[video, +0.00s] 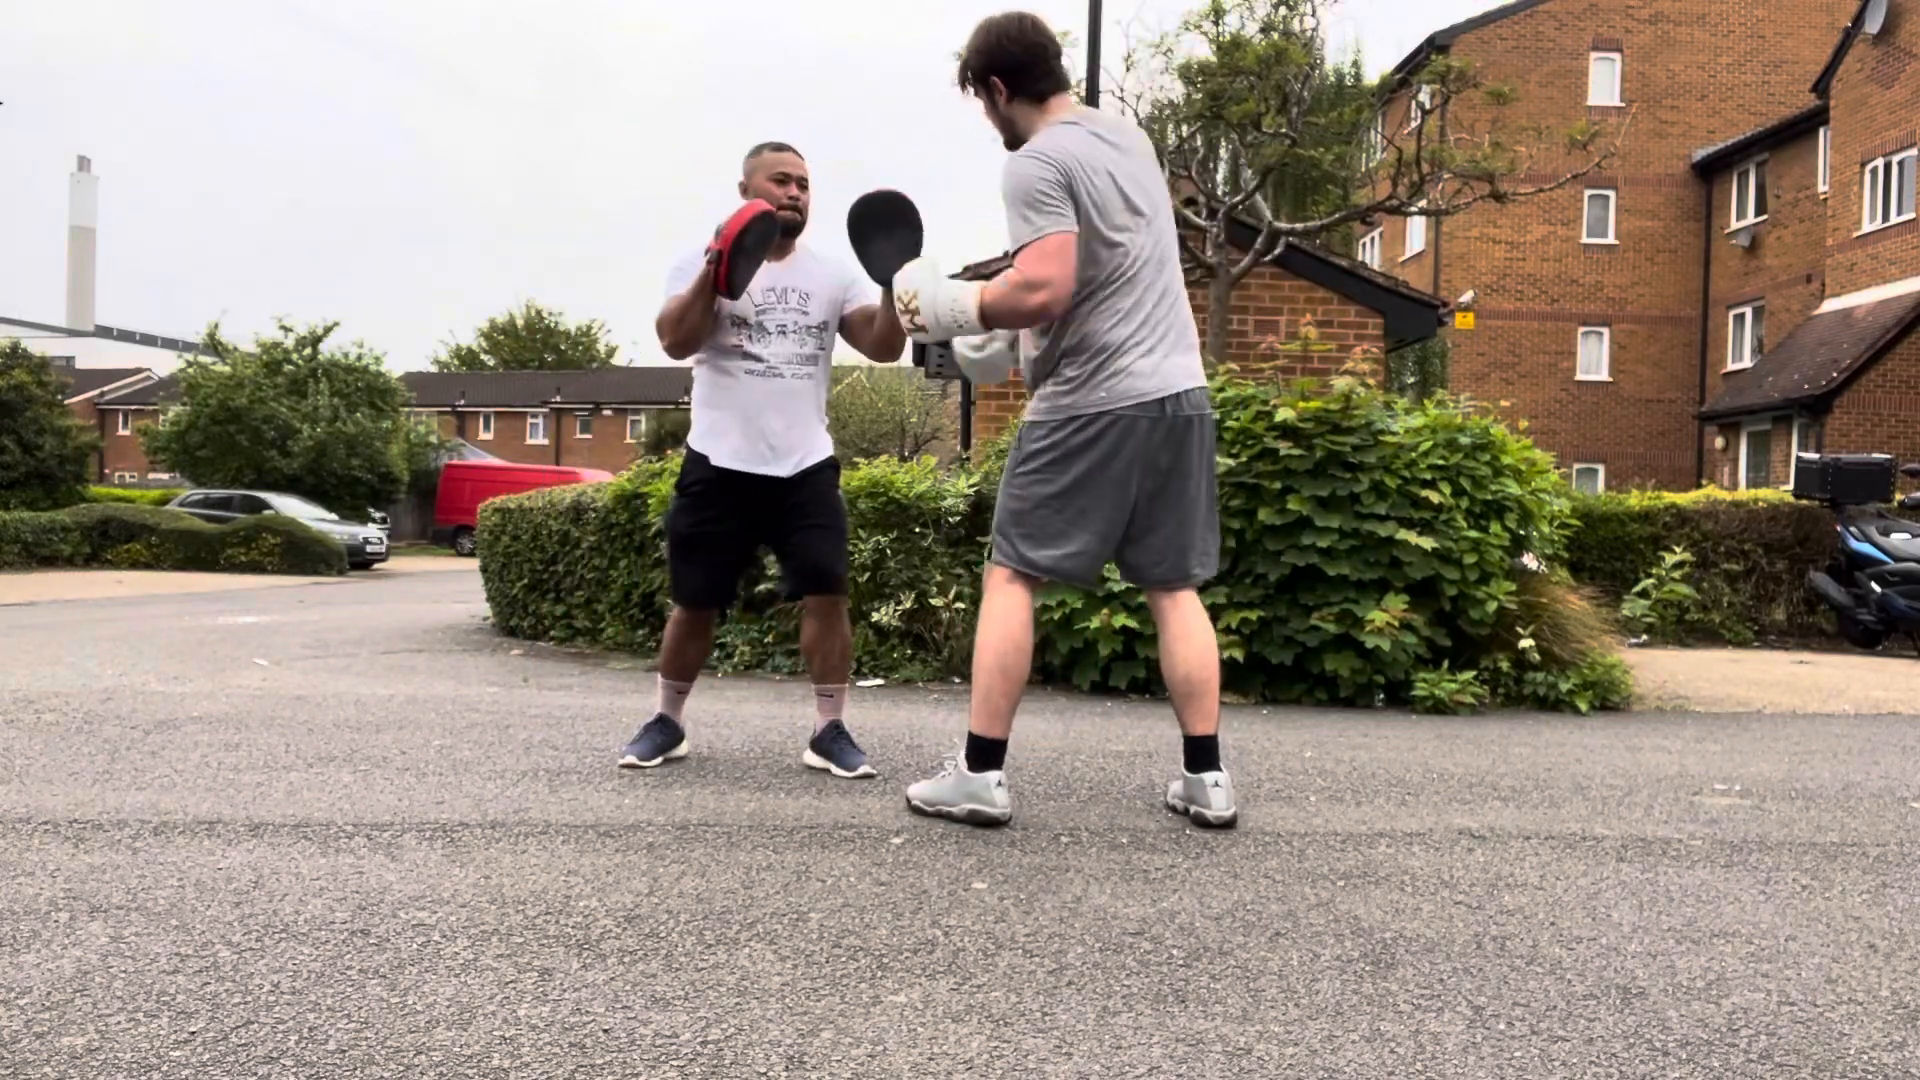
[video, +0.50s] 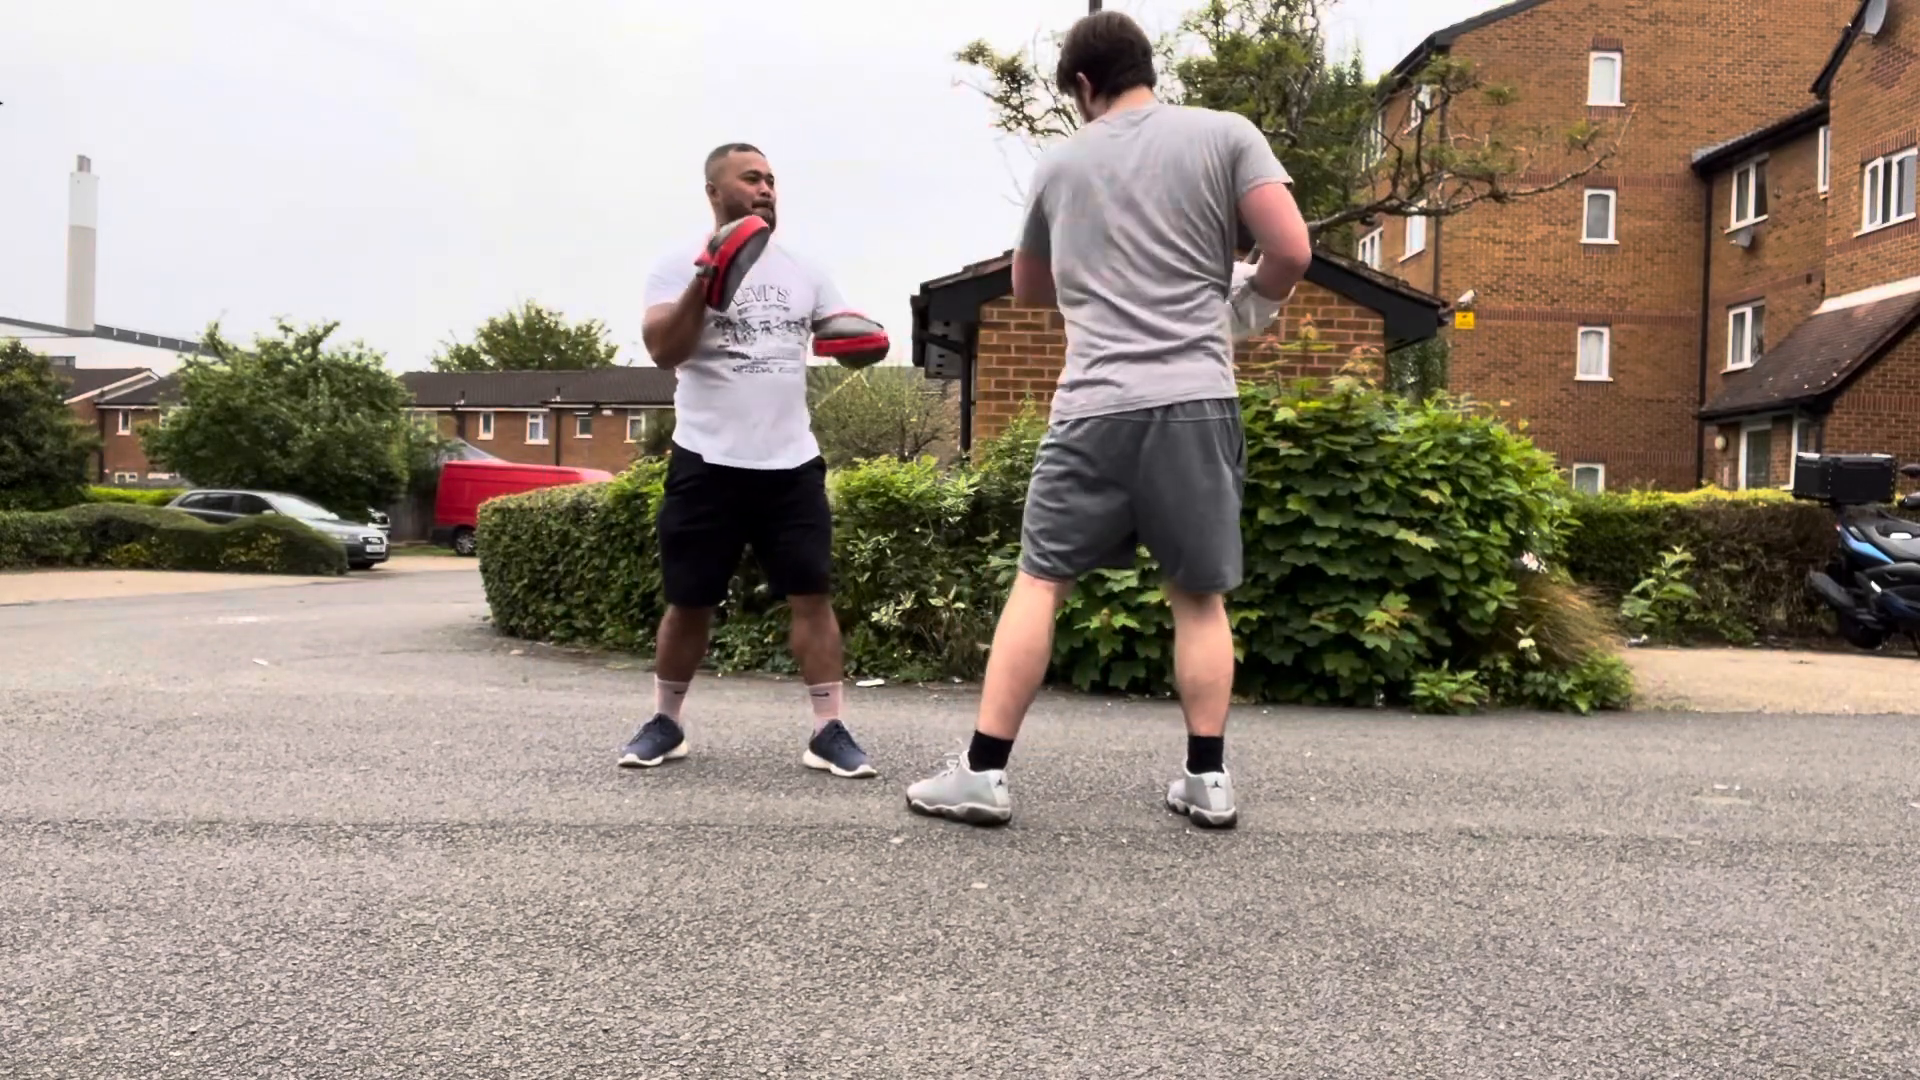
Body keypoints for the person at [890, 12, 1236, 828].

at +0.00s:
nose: (983, 115)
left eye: (979, 99)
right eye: (979, 100)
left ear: (997, 88)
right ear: (1055, 74)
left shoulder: (1038, 160)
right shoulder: (1126, 133)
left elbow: (1045, 288)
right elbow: (1113, 287)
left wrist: (947, 301)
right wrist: (1000, 345)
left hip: (1092, 402)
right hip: (1181, 393)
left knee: (1012, 572)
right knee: (1173, 582)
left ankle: (980, 772)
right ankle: (1208, 778)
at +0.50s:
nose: (1073, 104)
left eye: (1069, 93)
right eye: (1073, 94)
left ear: (1082, 86)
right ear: (1149, 73)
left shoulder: (1060, 165)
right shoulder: (1225, 133)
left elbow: (1030, 289)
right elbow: (1290, 249)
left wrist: (1110, 271)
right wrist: (1257, 294)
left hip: (1091, 407)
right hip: (1196, 404)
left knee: (1039, 580)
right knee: (1199, 597)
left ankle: (983, 771)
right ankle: (1208, 780)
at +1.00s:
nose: (1122, 84)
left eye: (1122, 70)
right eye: (1120, 72)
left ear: (1146, 55)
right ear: (1209, 57)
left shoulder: (1131, 119)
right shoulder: (1266, 145)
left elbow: (1061, 239)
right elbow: (1240, 247)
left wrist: (1071, 187)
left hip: (1132, 394)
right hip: (1229, 399)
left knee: (1055, 556)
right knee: (1204, 583)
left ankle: (1037, 749)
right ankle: (1210, 779)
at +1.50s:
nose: (1041, 84)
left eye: (1039, 73)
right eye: (1040, 74)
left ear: (1056, 62)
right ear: (1126, 56)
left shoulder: (1041, 118)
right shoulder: (1194, 132)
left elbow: (977, 241)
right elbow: (1164, 230)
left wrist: (1023, 162)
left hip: (1078, 397)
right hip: (1183, 392)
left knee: (1026, 582)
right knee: (1184, 578)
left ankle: (1001, 784)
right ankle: (1231, 764)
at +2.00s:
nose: (991, 93)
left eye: (990, 82)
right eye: (989, 82)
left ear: (1012, 73)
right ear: (1076, 64)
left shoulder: (989, 141)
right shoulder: (1153, 136)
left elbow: (910, 208)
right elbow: (1161, 241)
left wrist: (891, 188)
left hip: (1042, 400)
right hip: (1152, 397)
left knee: (994, 584)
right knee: (1191, 581)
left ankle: (997, 780)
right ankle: (1252, 767)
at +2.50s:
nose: (994, 82)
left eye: (994, 64)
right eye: (991, 66)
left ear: (1020, 52)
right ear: (1076, 48)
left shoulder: (1044, 137)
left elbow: (983, 268)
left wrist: (948, 194)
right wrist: (998, 165)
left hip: (1093, 392)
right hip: (1188, 380)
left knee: (1013, 573)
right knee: (1217, 575)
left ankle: (997, 782)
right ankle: (1315, 762)